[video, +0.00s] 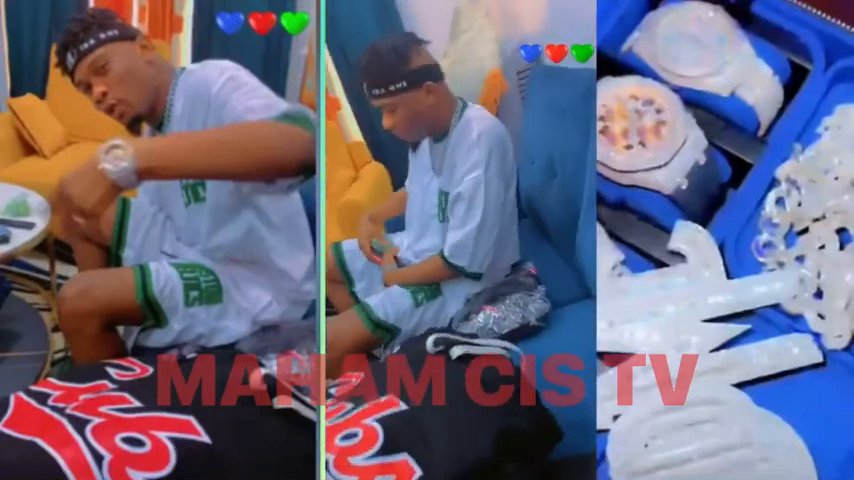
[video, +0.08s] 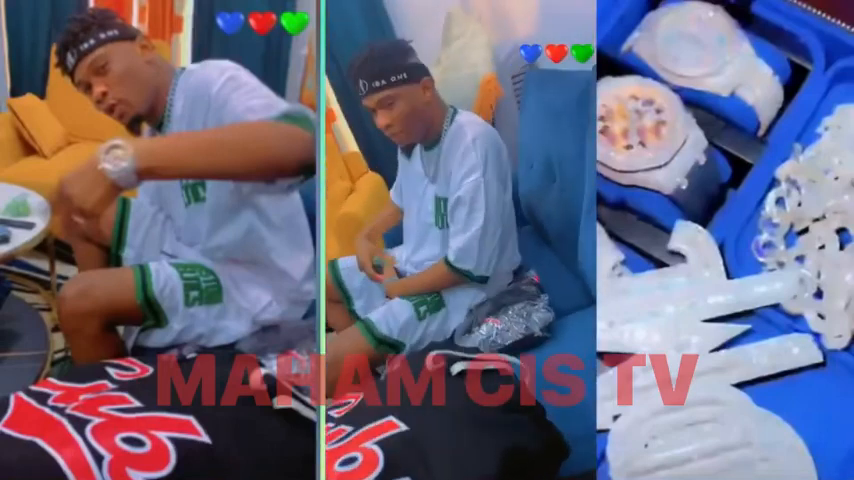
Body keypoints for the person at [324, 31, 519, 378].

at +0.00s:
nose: (385, 124)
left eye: (391, 111)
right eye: (382, 112)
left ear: (429, 94)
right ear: (428, 94)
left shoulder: (481, 140)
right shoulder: (426, 129)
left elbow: (464, 260)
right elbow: (417, 190)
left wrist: (394, 276)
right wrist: (374, 216)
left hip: (462, 277)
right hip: (420, 247)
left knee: (329, 339)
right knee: (329, 263)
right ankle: (374, 347)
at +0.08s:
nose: (382, 123)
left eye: (389, 105)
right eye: (374, 112)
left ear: (427, 88)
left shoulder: (474, 143)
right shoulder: (413, 141)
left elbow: (470, 264)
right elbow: (401, 201)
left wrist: (397, 287)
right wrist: (370, 232)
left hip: (466, 284)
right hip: (418, 259)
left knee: (331, 356)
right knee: (324, 281)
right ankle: (369, 358)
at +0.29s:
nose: (371, 116)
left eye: (379, 97)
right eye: (360, 109)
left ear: (413, 87)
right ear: (357, 116)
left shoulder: (463, 140)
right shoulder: (396, 158)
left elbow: (477, 257)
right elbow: (374, 216)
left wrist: (402, 297)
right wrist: (351, 262)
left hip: (473, 284)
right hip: (419, 268)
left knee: (349, 363)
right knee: (322, 296)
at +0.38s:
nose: (372, 110)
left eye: (380, 91)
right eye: (361, 104)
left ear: (413, 84)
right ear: (359, 114)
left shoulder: (464, 137)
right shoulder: (398, 159)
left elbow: (479, 252)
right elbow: (375, 216)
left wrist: (406, 295)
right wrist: (349, 261)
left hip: (481, 282)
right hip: (426, 267)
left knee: (340, 362)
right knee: (326, 293)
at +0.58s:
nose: (378, 105)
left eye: (385, 85)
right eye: (368, 99)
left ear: (421, 80)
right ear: (367, 110)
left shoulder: (466, 132)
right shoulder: (409, 155)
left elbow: (469, 252)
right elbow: (395, 216)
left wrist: (403, 291)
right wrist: (354, 250)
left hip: (486, 284)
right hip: (433, 264)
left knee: (338, 348)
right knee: (331, 283)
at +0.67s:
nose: (372, 107)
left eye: (380, 89)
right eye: (364, 99)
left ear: (418, 80)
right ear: (362, 107)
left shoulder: (464, 132)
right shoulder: (411, 151)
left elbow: (463, 254)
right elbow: (396, 212)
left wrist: (403, 285)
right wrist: (352, 249)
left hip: (484, 286)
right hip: (433, 261)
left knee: (336, 345)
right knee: (331, 278)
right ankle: (385, 362)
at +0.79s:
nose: (365, 127)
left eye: (369, 110)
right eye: (361, 114)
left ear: (407, 100)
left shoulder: (463, 143)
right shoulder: (418, 151)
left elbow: (446, 270)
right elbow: (402, 216)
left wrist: (394, 283)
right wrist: (353, 250)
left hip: (488, 287)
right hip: (449, 262)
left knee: (342, 345)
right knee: (344, 269)